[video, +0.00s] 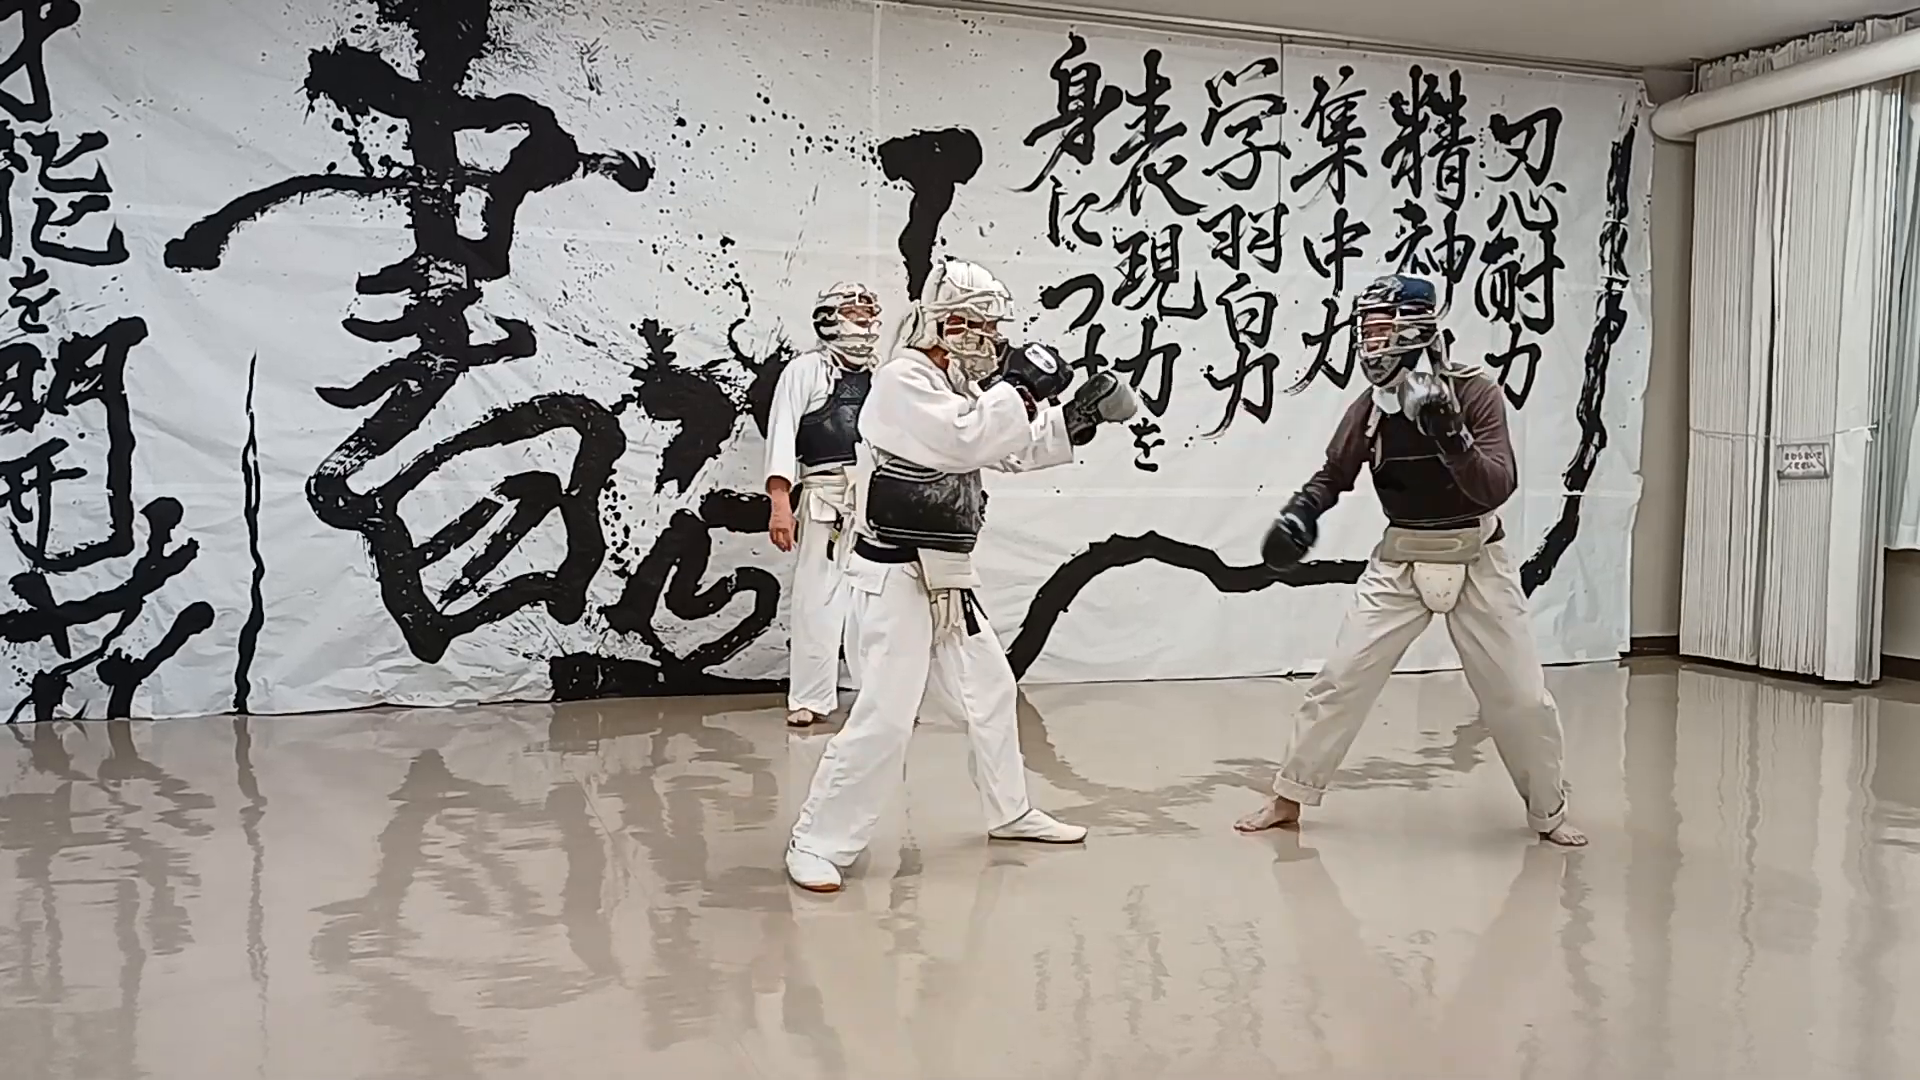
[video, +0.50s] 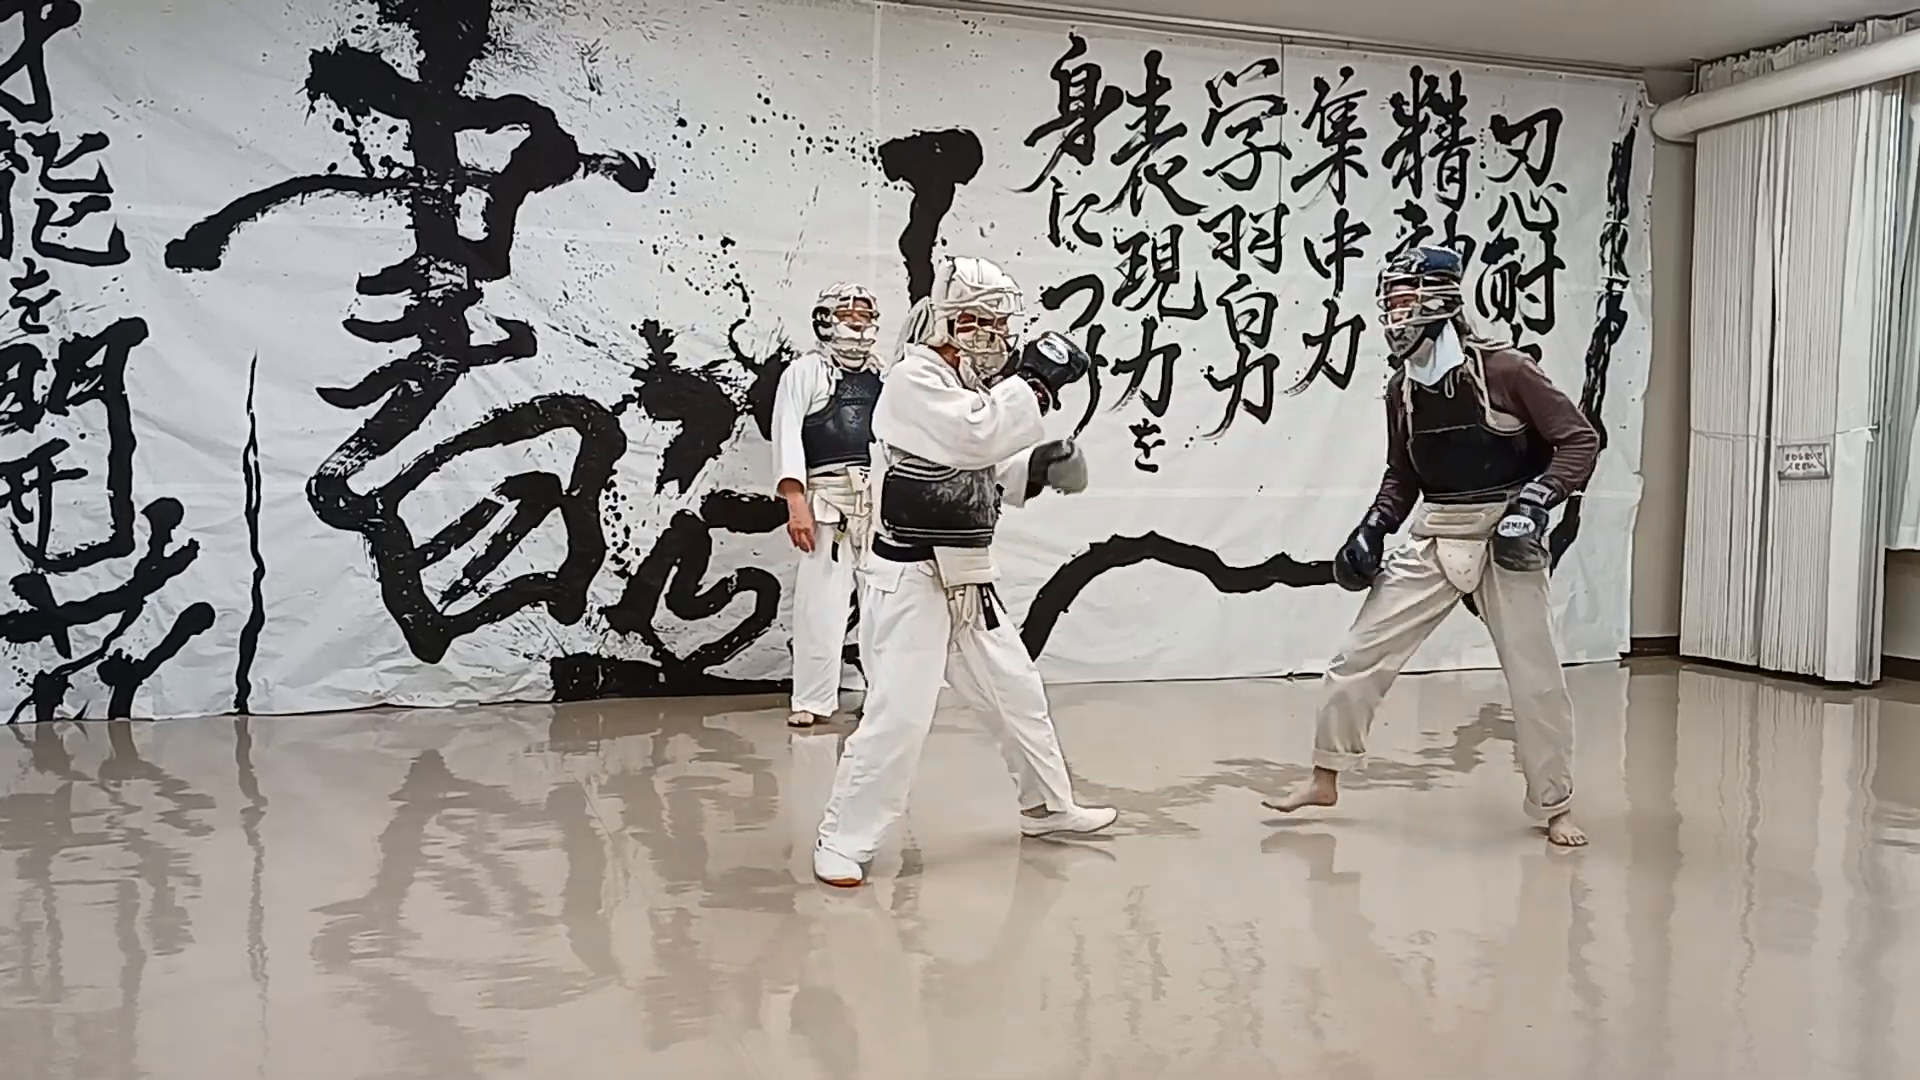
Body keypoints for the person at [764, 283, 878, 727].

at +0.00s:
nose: (865, 323)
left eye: (870, 315)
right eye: (854, 315)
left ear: (877, 321)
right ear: (829, 321)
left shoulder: (882, 373)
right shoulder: (805, 369)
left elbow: (900, 436)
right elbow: (781, 436)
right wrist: (779, 504)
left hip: (876, 497)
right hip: (821, 497)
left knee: (877, 599)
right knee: (815, 602)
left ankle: (878, 698)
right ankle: (808, 700)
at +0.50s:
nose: (855, 323)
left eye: (863, 316)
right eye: (845, 315)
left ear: (873, 324)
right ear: (825, 321)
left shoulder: (882, 375)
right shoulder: (804, 371)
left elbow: (898, 440)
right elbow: (786, 438)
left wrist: (903, 500)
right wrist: (797, 504)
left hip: (879, 501)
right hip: (824, 502)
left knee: (885, 602)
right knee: (819, 607)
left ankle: (886, 698)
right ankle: (811, 702)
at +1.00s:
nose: (863, 325)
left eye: (871, 318)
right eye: (854, 315)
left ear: (880, 326)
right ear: (832, 319)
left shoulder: (889, 378)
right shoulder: (809, 370)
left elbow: (910, 443)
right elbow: (790, 437)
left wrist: (917, 502)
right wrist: (799, 505)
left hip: (886, 505)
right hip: (827, 503)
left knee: (888, 608)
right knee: (821, 608)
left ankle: (886, 702)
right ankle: (814, 705)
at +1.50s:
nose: (868, 325)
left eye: (875, 319)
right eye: (858, 317)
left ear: (882, 326)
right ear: (836, 322)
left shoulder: (893, 381)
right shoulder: (810, 373)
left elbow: (912, 446)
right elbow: (789, 441)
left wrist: (920, 507)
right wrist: (794, 508)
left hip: (884, 509)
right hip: (825, 508)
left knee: (888, 612)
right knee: (820, 613)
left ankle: (886, 706)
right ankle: (811, 709)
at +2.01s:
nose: (855, 326)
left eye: (863, 320)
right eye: (846, 317)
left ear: (871, 326)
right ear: (823, 320)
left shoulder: (878, 380)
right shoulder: (794, 371)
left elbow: (896, 446)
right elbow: (774, 439)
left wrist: (903, 508)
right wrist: (780, 505)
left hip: (868, 509)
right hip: (809, 507)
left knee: (869, 612)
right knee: (802, 612)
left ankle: (866, 706)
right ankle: (792, 709)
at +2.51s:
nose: (806, 325)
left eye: (813, 318)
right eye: (796, 316)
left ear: (819, 326)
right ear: (772, 320)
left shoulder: (827, 381)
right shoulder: (743, 373)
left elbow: (846, 447)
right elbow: (724, 443)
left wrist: (853, 509)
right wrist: (731, 510)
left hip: (819, 510)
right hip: (760, 509)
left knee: (821, 614)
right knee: (753, 614)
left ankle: (819, 707)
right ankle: (743, 711)